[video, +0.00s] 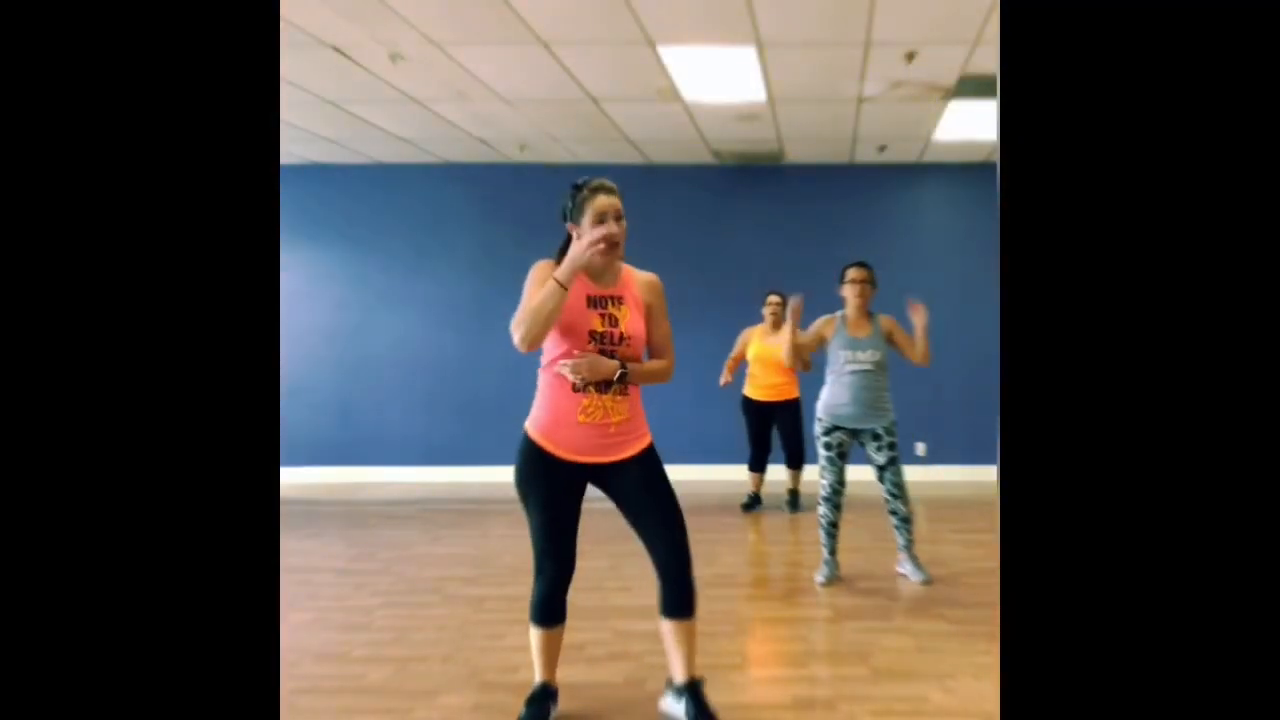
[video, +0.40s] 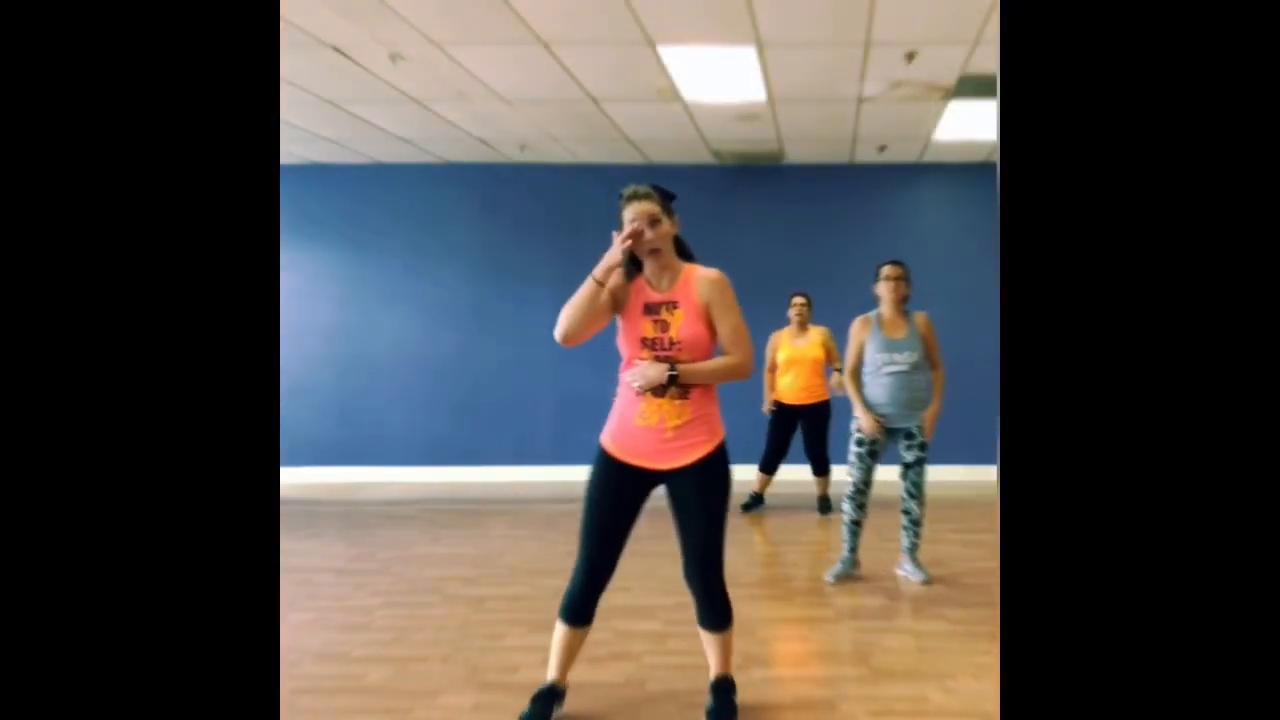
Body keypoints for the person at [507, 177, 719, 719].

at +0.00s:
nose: (613, 228)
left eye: (620, 218)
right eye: (601, 220)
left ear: (626, 225)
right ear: (574, 229)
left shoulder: (645, 285)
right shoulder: (548, 275)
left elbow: (664, 367)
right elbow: (525, 337)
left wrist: (613, 368)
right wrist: (570, 269)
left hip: (627, 449)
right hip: (553, 450)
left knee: (674, 558)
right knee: (553, 573)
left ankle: (684, 688)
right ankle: (543, 690)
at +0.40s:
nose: (644, 232)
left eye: (653, 221)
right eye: (634, 226)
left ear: (674, 224)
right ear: (624, 237)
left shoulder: (708, 283)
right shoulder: (622, 286)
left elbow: (742, 363)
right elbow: (567, 334)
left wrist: (673, 370)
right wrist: (605, 269)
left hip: (696, 447)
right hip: (626, 445)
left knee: (704, 575)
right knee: (590, 572)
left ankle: (721, 686)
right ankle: (552, 686)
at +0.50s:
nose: (656, 229)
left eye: (664, 218)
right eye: (646, 222)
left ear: (685, 221)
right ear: (637, 232)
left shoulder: (718, 278)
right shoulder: (631, 285)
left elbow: (753, 357)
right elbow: (575, 329)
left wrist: (687, 368)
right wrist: (612, 264)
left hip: (710, 444)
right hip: (642, 442)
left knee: (711, 572)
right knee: (605, 568)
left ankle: (722, 686)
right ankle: (586, 678)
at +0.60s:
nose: (664, 223)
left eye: (673, 212)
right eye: (654, 215)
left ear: (694, 215)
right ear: (645, 224)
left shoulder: (725, 271)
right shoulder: (637, 279)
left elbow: (760, 348)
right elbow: (568, 319)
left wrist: (693, 361)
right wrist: (610, 265)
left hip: (714, 439)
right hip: (647, 437)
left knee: (718, 568)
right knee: (632, 566)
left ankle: (722, 683)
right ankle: (657, 658)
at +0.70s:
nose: (670, 225)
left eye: (679, 215)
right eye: (661, 217)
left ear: (700, 221)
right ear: (651, 227)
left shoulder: (729, 274)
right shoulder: (639, 272)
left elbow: (764, 350)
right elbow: (560, 275)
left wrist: (697, 363)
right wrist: (559, 283)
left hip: (715, 442)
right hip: (649, 442)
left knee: (720, 567)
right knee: (668, 571)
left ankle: (725, 683)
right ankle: (696, 669)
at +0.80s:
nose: (672, 226)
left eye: (682, 217)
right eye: (663, 219)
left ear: (703, 225)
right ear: (654, 231)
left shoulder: (730, 283)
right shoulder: (640, 278)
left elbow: (763, 357)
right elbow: (559, 272)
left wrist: (700, 370)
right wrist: (502, 269)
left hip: (721, 445)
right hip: (654, 445)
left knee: (724, 569)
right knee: (636, 564)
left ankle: (726, 684)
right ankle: (677, 654)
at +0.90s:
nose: (668, 228)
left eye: (679, 220)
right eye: (660, 222)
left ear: (700, 232)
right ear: (650, 235)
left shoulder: (727, 289)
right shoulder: (633, 284)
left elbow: (759, 363)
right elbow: (546, 275)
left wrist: (698, 376)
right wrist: (465, 264)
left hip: (723, 451)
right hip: (653, 450)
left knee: (732, 570)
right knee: (600, 559)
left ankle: (727, 682)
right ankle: (631, 638)